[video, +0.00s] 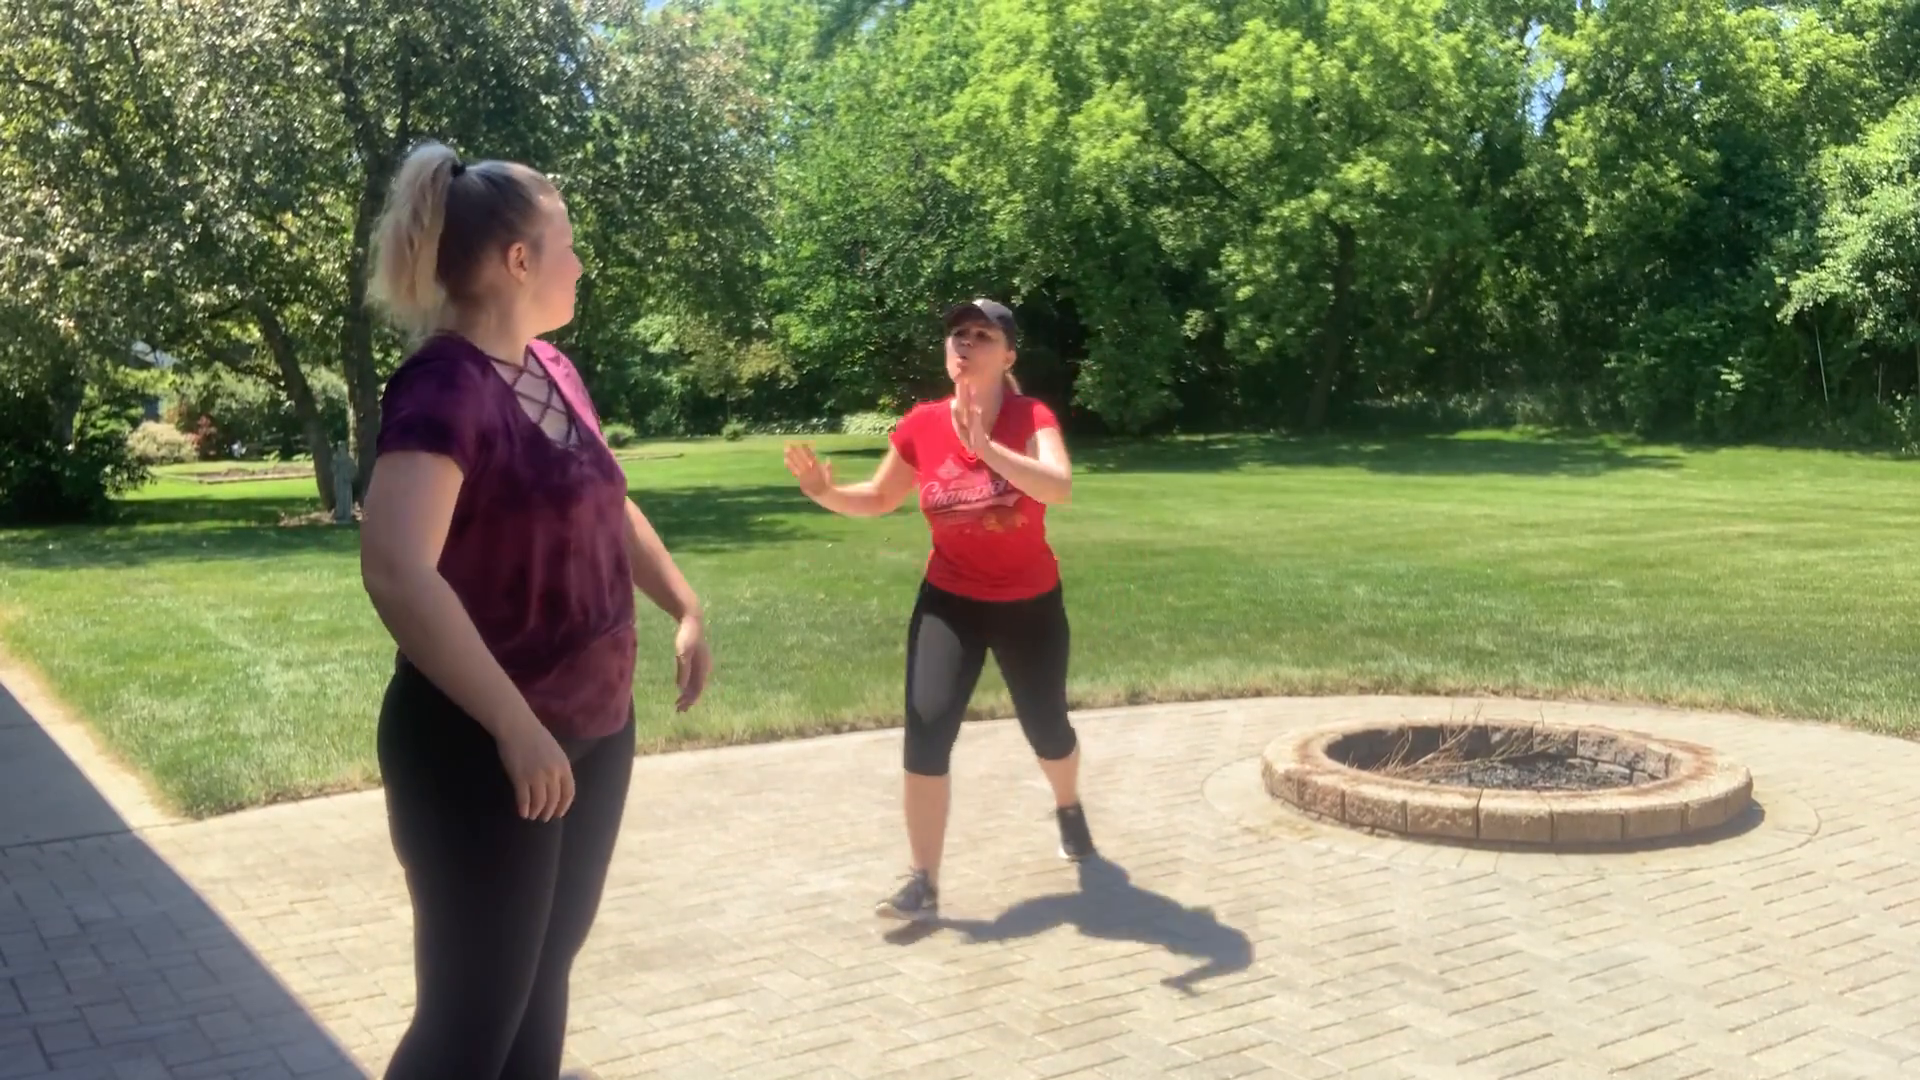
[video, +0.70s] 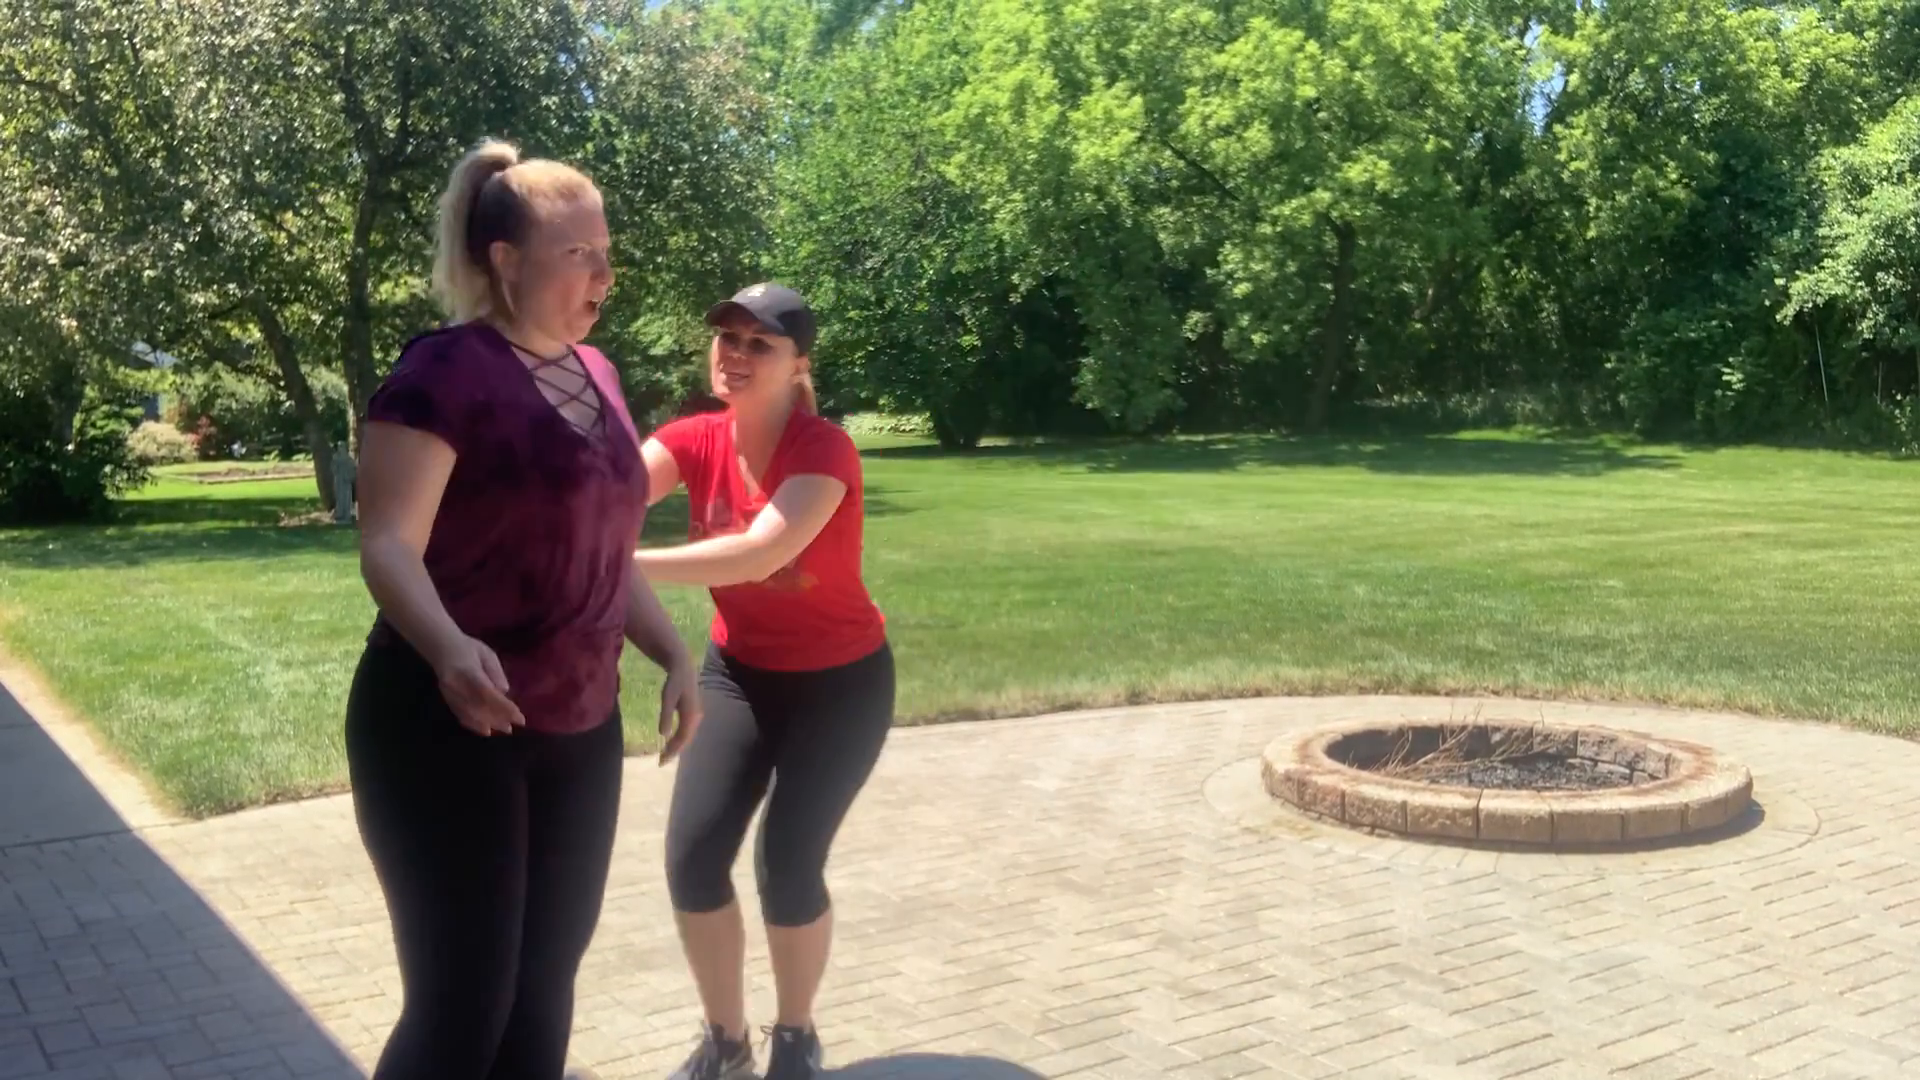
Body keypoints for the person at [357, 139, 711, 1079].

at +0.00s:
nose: (579, 259)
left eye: (572, 240)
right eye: (565, 242)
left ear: (514, 262)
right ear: (517, 261)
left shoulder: (553, 365)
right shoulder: (447, 384)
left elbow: (607, 504)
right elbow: (395, 566)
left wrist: (685, 604)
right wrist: (519, 726)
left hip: (588, 732)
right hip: (482, 744)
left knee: (542, 991)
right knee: (468, 1024)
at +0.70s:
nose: (604, 275)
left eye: (606, 254)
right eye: (581, 254)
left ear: (603, 258)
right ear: (504, 260)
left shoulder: (593, 371)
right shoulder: (443, 370)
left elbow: (606, 553)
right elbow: (388, 543)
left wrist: (674, 651)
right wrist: (449, 645)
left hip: (573, 721)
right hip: (442, 719)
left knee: (541, 1005)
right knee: (459, 1011)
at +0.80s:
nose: (560, 280)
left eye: (571, 259)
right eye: (536, 257)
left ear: (583, 265)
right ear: (466, 257)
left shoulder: (579, 385)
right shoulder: (411, 363)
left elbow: (586, 568)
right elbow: (315, 519)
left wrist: (683, 639)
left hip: (568, 729)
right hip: (427, 728)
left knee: (530, 1015)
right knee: (440, 1024)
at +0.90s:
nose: (511, 267)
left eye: (530, 250)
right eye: (485, 246)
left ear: (551, 274)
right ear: (432, 262)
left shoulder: (568, 399)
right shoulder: (370, 363)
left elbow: (584, 575)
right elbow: (243, 507)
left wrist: (680, 615)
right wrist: (317, 419)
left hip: (550, 747)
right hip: (389, 743)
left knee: (534, 1036)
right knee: (417, 1038)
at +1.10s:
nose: (425, 217)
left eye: (447, 209)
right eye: (397, 202)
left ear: (471, 251)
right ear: (347, 237)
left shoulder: (517, 383)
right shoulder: (284, 352)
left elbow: (561, 560)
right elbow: (108, 434)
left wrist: (651, 590)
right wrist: (295, 380)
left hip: (506, 764)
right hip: (320, 769)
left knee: (509, 1054)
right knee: (364, 1056)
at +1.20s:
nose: (381, 201)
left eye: (405, 194)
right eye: (351, 189)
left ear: (435, 245)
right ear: (304, 236)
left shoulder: (499, 374)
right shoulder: (248, 364)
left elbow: (553, 544)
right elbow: (51, 437)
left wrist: (652, 583)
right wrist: (259, 417)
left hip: (489, 775)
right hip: (295, 781)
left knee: (448, 1052)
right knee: (336, 1054)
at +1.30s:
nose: (358, 204)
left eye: (384, 195)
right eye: (327, 194)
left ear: (421, 246)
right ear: (284, 245)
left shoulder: (497, 382)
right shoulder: (220, 385)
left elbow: (581, 530)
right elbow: (30, 512)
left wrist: (681, 587)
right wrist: (200, 522)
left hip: (460, 797)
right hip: (259, 798)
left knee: (414, 1061)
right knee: (271, 1064)